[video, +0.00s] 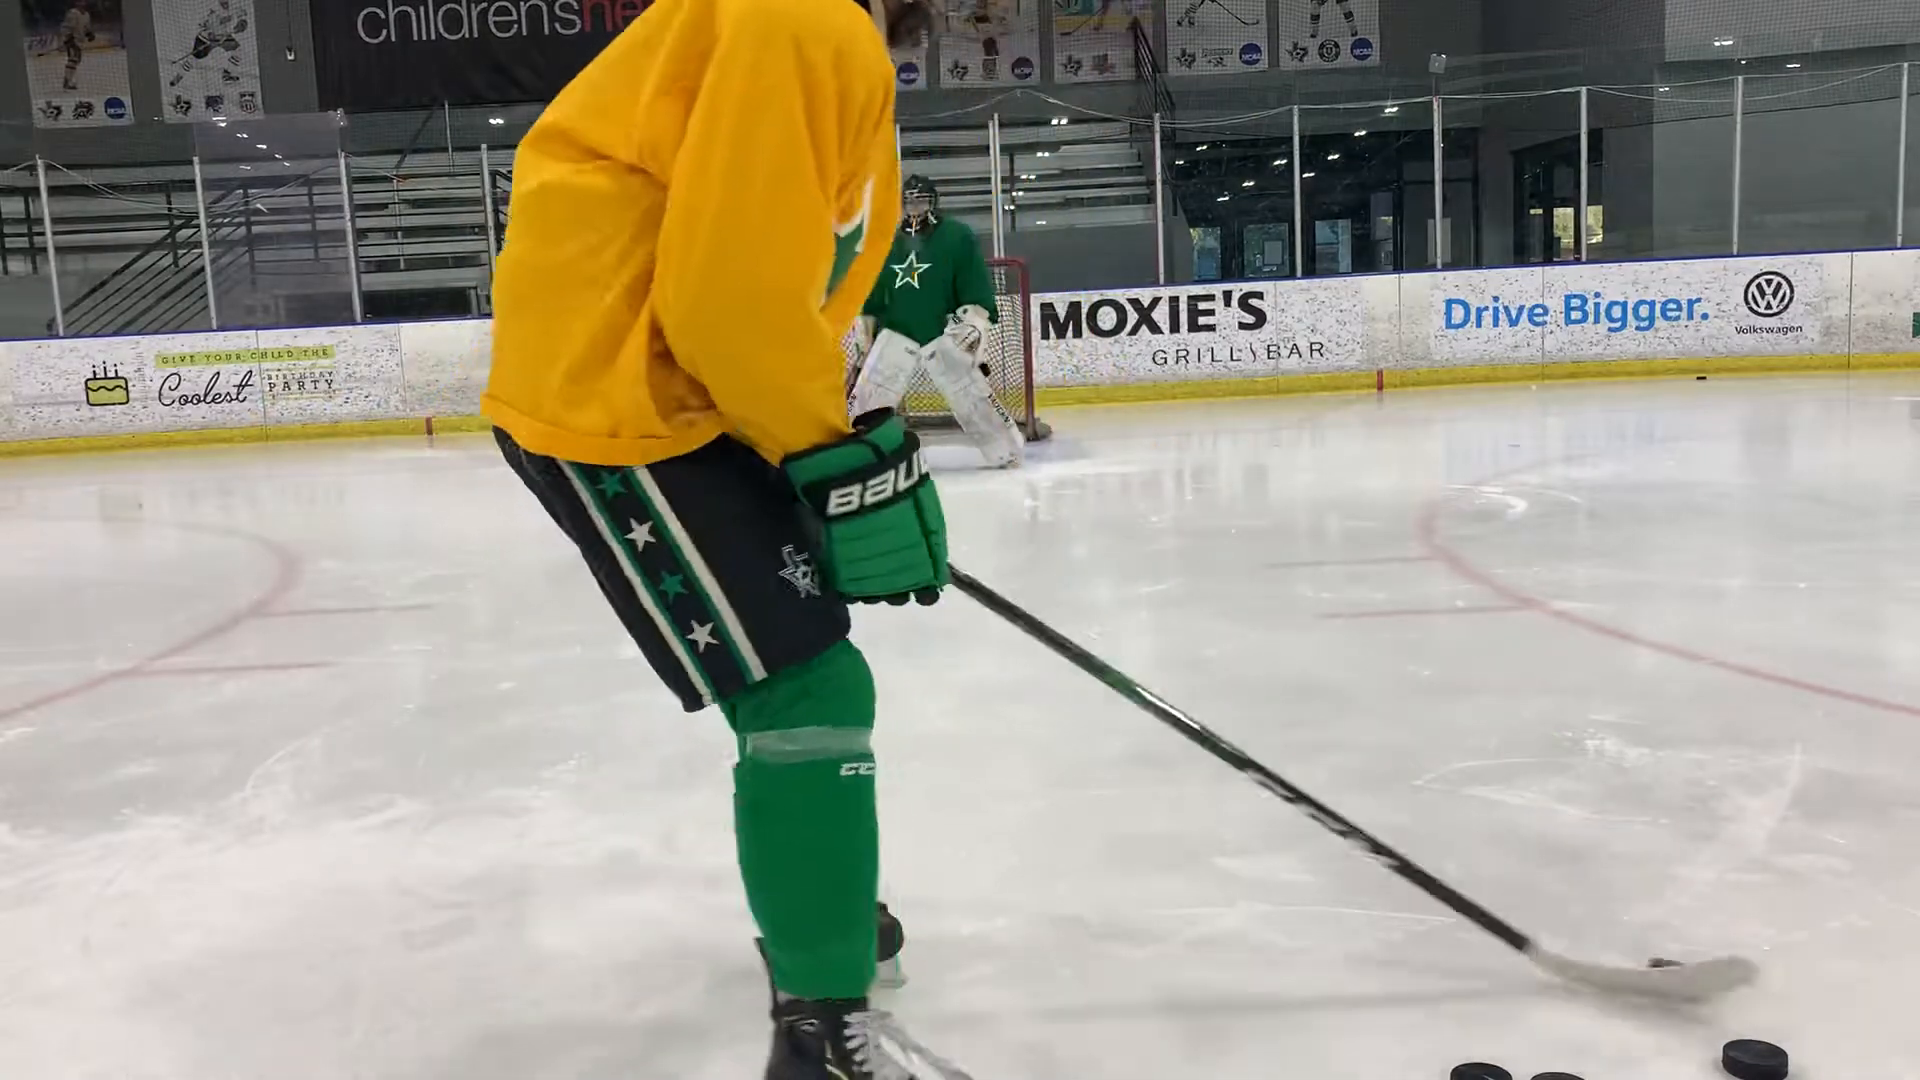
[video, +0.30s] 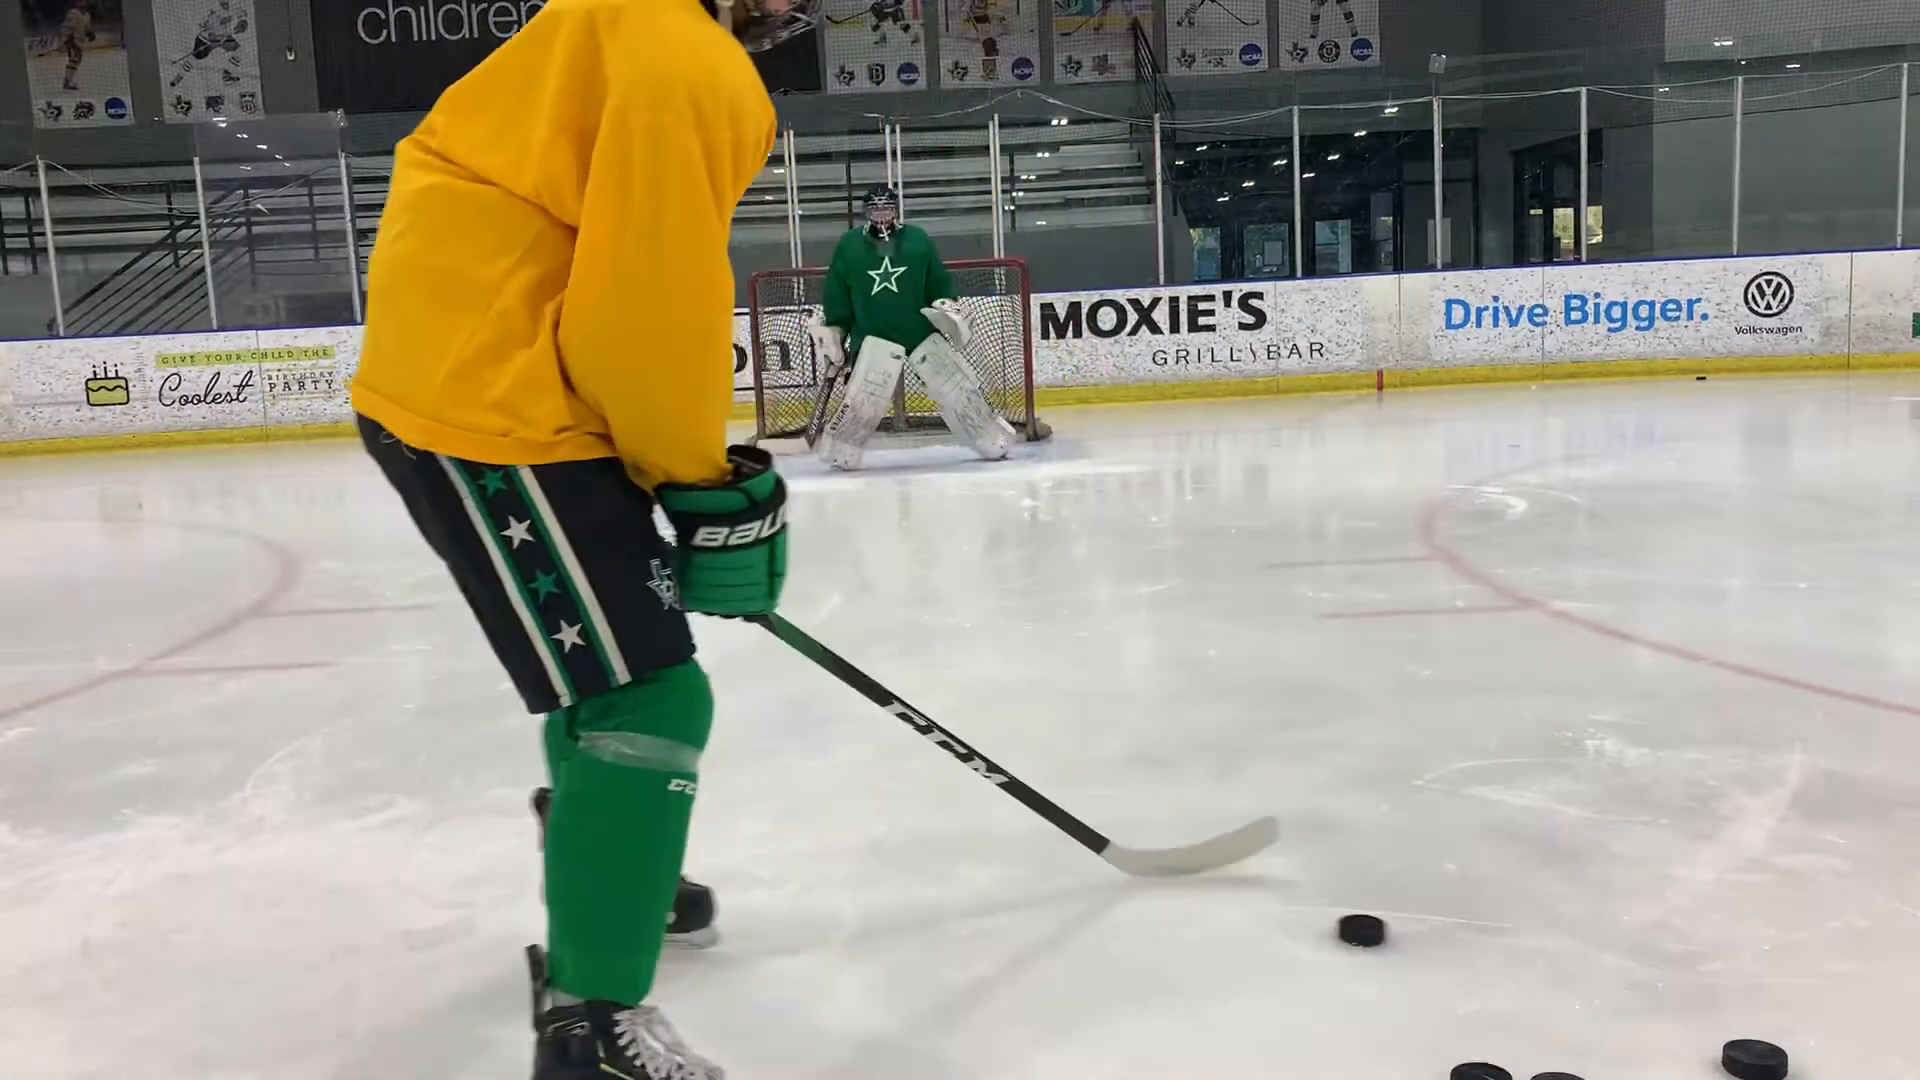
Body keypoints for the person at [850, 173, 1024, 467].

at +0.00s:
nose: (915, 208)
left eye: (922, 201)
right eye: (909, 201)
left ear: (932, 203)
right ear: (901, 204)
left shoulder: (955, 235)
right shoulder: (887, 239)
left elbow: (977, 284)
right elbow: (872, 293)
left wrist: (971, 326)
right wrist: (865, 338)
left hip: (942, 331)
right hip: (896, 333)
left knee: (971, 398)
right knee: (870, 397)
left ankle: (1006, 456)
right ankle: (861, 466)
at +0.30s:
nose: (882, 215)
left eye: (888, 209)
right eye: (876, 210)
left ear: (897, 211)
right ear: (867, 213)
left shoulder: (917, 239)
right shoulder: (850, 245)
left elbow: (940, 282)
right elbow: (836, 293)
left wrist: (948, 312)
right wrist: (833, 338)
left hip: (920, 331)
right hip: (875, 336)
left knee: (958, 388)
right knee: (864, 398)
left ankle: (992, 445)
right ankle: (844, 457)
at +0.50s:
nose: (864, 209)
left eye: (869, 203)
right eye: (858, 204)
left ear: (879, 205)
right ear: (849, 206)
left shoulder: (898, 235)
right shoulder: (833, 238)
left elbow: (919, 278)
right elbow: (817, 284)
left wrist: (925, 307)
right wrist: (812, 327)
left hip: (902, 325)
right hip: (855, 328)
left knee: (933, 382)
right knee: (845, 391)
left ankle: (953, 441)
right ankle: (830, 451)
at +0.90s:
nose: (851, 205)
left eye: (856, 200)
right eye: (845, 200)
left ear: (865, 202)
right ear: (837, 202)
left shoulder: (883, 231)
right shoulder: (818, 231)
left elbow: (903, 272)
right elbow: (798, 274)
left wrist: (912, 305)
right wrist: (793, 306)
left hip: (879, 323)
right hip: (831, 324)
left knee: (894, 385)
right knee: (824, 386)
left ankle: (906, 439)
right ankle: (820, 441)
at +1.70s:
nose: (856, 203)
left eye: (861, 197)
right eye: (850, 198)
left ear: (869, 200)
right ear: (841, 201)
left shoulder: (887, 229)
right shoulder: (824, 229)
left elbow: (911, 264)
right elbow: (805, 265)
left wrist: (893, 270)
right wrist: (827, 278)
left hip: (884, 316)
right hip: (838, 318)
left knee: (901, 374)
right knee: (825, 377)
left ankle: (907, 433)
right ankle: (819, 436)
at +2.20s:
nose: (870, 205)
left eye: (876, 199)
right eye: (865, 199)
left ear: (885, 202)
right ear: (855, 203)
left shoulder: (901, 230)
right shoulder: (838, 232)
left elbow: (918, 270)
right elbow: (820, 275)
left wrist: (894, 280)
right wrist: (850, 283)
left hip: (900, 320)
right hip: (858, 321)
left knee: (926, 378)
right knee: (842, 386)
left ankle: (948, 440)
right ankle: (817, 449)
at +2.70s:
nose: (884, 204)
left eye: (890, 199)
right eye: (879, 199)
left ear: (900, 201)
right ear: (869, 202)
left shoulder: (918, 230)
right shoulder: (850, 232)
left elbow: (941, 268)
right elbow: (826, 276)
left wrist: (932, 274)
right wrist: (843, 303)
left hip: (915, 322)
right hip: (868, 326)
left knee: (946, 385)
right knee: (846, 393)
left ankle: (976, 448)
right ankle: (820, 458)